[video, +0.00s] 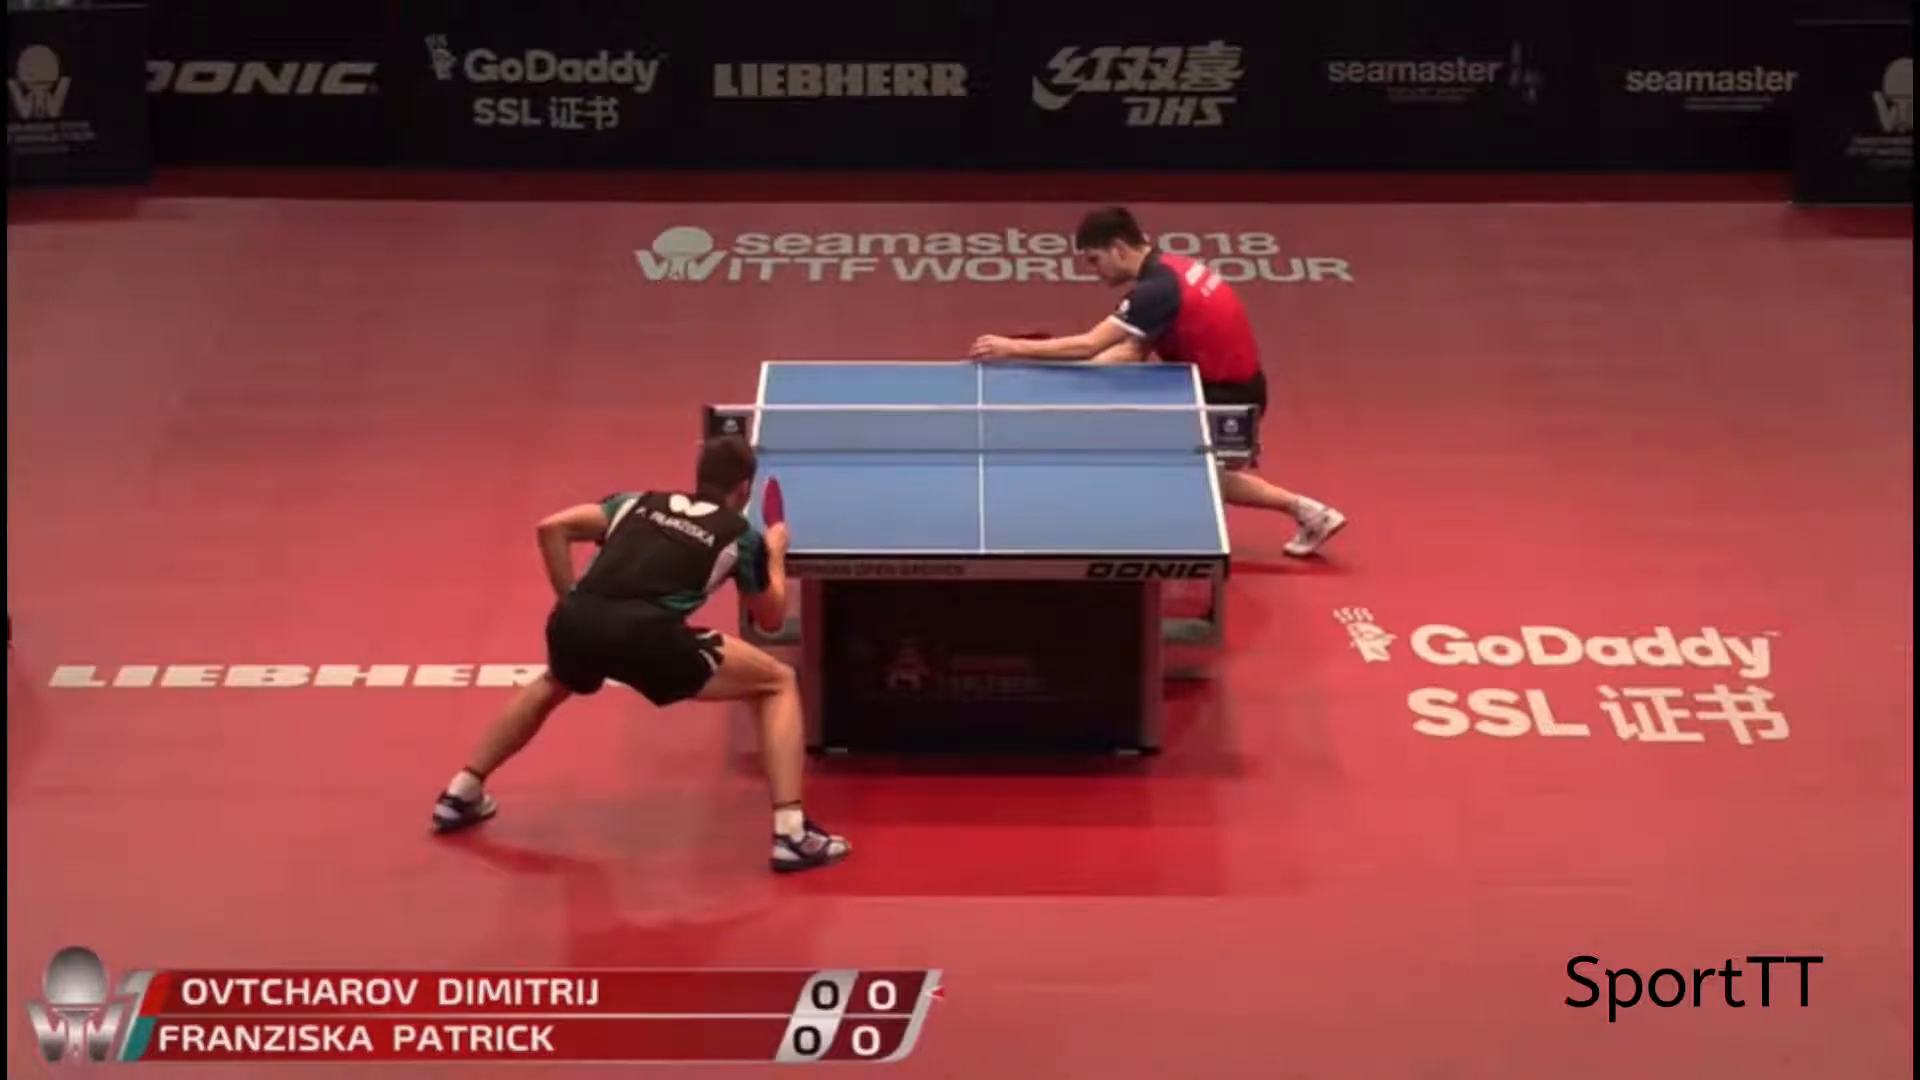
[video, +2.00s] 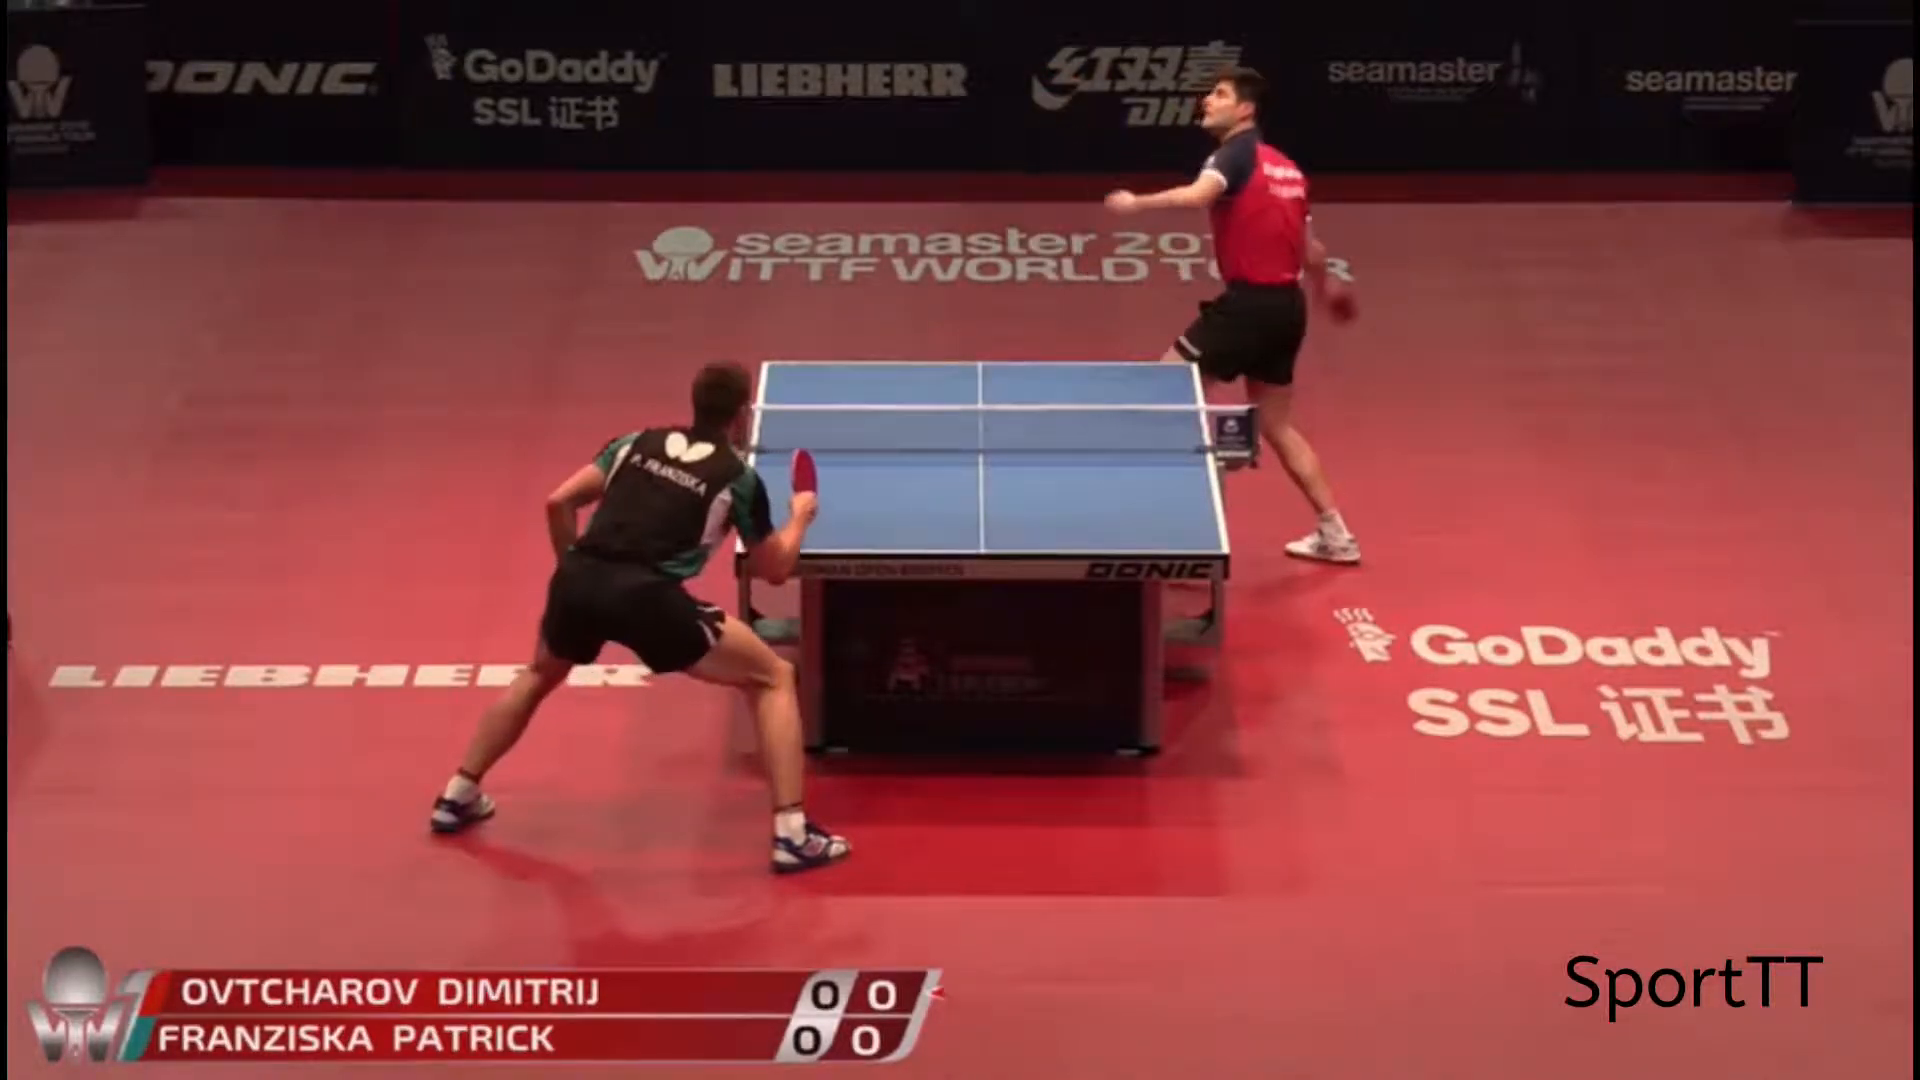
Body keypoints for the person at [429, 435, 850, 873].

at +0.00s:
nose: (750, 494)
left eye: (745, 484)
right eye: (749, 485)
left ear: (696, 477)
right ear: (742, 488)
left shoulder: (639, 502)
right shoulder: (742, 534)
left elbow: (552, 528)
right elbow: (770, 619)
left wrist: (567, 600)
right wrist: (777, 555)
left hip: (575, 622)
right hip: (650, 636)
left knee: (552, 685)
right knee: (777, 684)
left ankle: (462, 790)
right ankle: (792, 831)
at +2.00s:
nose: (752, 419)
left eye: (749, 409)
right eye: (751, 411)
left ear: (695, 405)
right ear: (741, 418)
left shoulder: (638, 443)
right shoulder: (741, 477)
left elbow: (559, 501)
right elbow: (774, 568)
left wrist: (570, 569)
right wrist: (801, 517)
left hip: (577, 583)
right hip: (650, 597)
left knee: (537, 676)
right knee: (774, 678)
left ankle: (458, 793)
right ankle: (792, 831)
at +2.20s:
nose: (766, 385)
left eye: (758, 375)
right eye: (765, 378)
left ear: (711, 375)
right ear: (758, 385)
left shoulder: (655, 415)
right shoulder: (756, 451)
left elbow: (581, 476)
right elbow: (797, 546)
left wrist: (601, 533)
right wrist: (838, 507)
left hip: (598, 563)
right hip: (669, 579)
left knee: (543, 673)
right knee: (783, 676)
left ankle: (458, 789)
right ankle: (792, 834)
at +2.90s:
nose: (760, 374)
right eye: (762, 366)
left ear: (713, 358)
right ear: (760, 371)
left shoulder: (678, 390)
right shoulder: (766, 426)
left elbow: (624, 440)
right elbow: (793, 472)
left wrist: (583, 462)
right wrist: (816, 477)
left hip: (656, 547)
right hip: (730, 553)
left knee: (566, 656)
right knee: (801, 642)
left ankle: (480, 773)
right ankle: (872, 753)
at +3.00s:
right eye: (774, 379)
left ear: (729, 375)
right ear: (775, 385)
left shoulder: (712, 410)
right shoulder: (790, 435)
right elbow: (798, 483)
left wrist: (616, 459)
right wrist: (811, 479)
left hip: (707, 569)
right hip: (778, 570)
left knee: (602, 661)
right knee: (820, 639)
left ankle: (507, 780)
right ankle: (881, 755)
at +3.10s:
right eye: (778, 372)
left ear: (731, 369)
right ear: (778, 377)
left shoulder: (711, 407)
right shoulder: (797, 433)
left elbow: (679, 443)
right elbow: (812, 499)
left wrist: (608, 459)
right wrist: (810, 486)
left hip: (702, 563)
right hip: (776, 566)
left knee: (598, 657)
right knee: (820, 637)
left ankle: (508, 777)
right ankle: (881, 754)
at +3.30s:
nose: (783, 358)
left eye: (776, 349)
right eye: (784, 351)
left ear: (731, 349)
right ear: (780, 359)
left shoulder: (677, 389)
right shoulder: (787, 428)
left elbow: (610, 440)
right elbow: (826, 521)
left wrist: (601, 487)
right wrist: (849, 496)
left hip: (641, 540)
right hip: (716, 552)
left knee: (570, 655)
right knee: (807, 650)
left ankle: (504, 786)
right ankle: (846, 795)